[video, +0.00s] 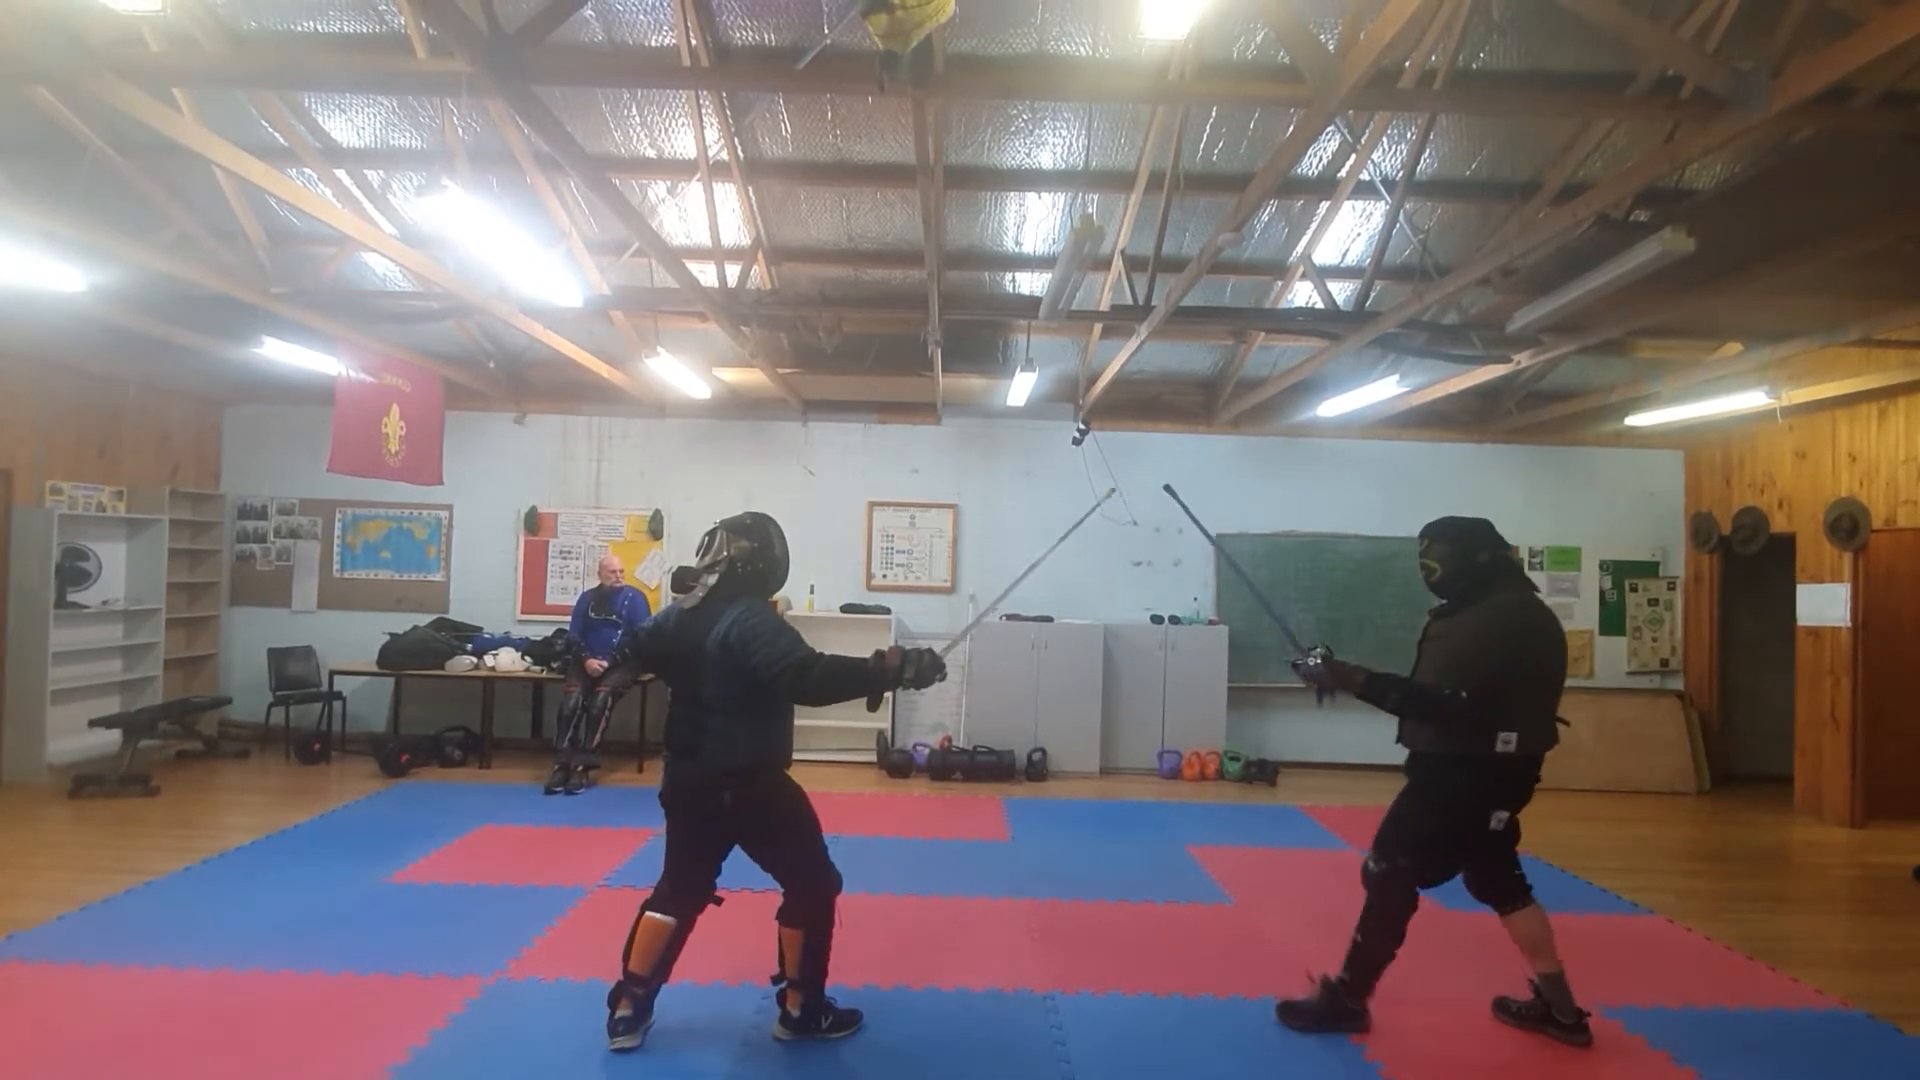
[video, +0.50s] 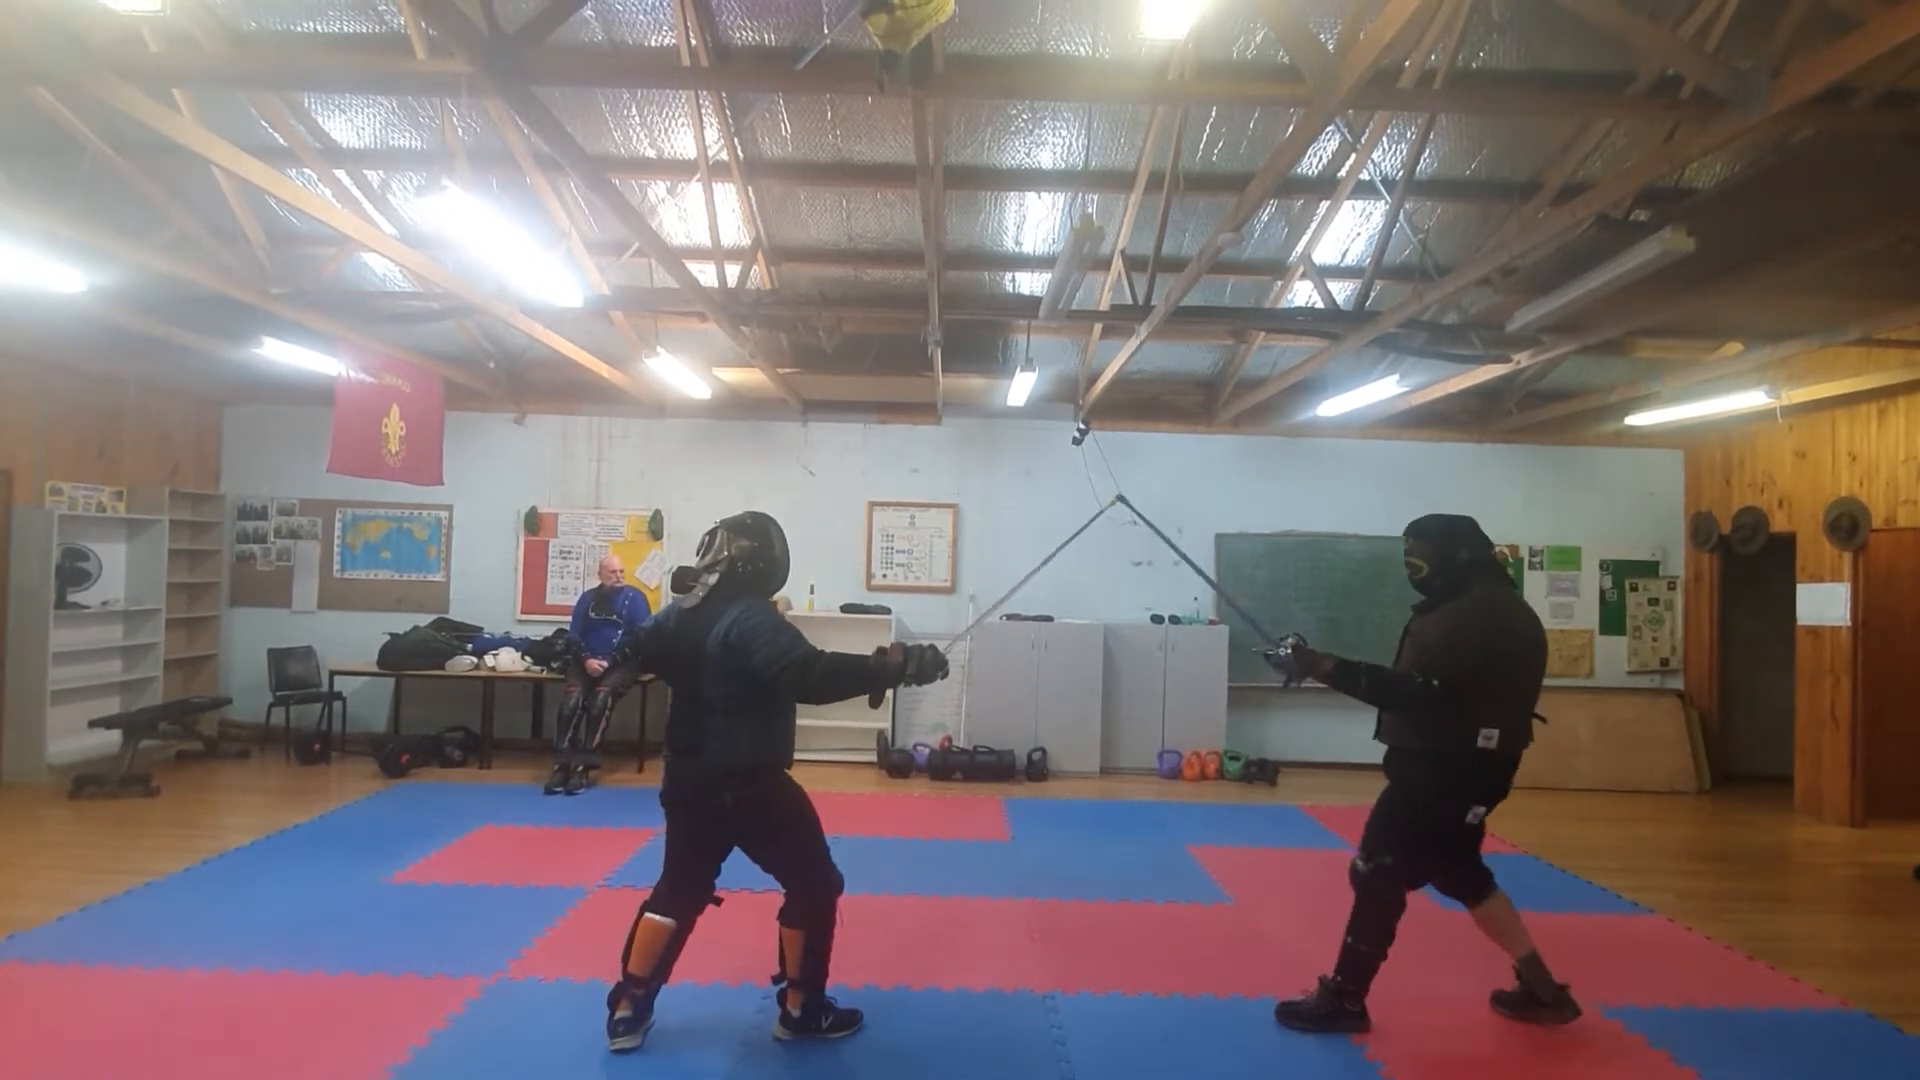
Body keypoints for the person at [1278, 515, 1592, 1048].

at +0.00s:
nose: (1427, 573)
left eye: (1436, 562)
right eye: (1424, 564)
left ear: (1473, 557)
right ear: (1481, 560)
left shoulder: (1484, 619)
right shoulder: (1525, 612)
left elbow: (1447, 705)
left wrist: (1356, 680)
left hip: (1457, 772)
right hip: (1504, 772)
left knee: (1391, 872)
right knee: (1497, 877)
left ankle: (1348, 997)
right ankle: (1558, 1003)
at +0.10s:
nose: (1414, 574)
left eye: (1422, 562)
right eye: (1412, 563)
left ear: (1456, 559)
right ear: (1468, 559)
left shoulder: (1473, 619)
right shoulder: (1511, 614)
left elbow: (1430, 704)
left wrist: (1332, 677)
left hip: (1437, 769)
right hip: (1480, 771)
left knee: (1366, 866)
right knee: (1482, 878)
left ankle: (1344, 995)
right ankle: (1555, 1002)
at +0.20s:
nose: (1403, 570)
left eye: (1411, 559)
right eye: (1401, 559)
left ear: (1446, 557)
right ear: (1459, 557)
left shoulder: (1457, 618)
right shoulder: (1501, 611)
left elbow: (1414, 700)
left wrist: (1319, 671)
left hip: (1422, 765)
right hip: (1465, 767)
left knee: (1357, 865)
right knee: (1454, 868)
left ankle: (1342, 997)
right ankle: (1543, 985)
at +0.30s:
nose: (1398, 567)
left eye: (1406, 556)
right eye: (1396, 556)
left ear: (1441, 554)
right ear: (1452, 555)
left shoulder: (1445, 616)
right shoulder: (1498, 611)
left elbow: (1408, 699)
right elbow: (1492, 708)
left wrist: (1312, 668)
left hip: (1419, 763)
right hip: (1462, 764)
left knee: (1356, 863)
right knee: (1431, 856)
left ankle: (1342, 995)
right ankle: (1531, 970)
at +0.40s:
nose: (1400, 568)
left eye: (1409, 557)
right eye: (1398, 557)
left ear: (1444, 554)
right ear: (1455, 555)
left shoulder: (1447, 617)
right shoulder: (1504, 613)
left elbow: (1409, 695)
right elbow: (1497, 708)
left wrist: (1310, 665)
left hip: (1423, 766)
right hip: (1467, 767)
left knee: (1365, 867)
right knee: (1433, 857)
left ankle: (1343, 996)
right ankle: (1531, 970)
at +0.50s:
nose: (1411, 572)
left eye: (1420, 561)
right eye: (1409, 561)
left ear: (1456, 559)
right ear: (1464, 560)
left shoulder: (1472, 619)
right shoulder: (1512, 614)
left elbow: (1420, 695)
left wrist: (1323, 667)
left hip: (1437, 772)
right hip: (1469, 773)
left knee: (1379, 873)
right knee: (1460, 871)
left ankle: (1344, 996)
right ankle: (1541, 985)